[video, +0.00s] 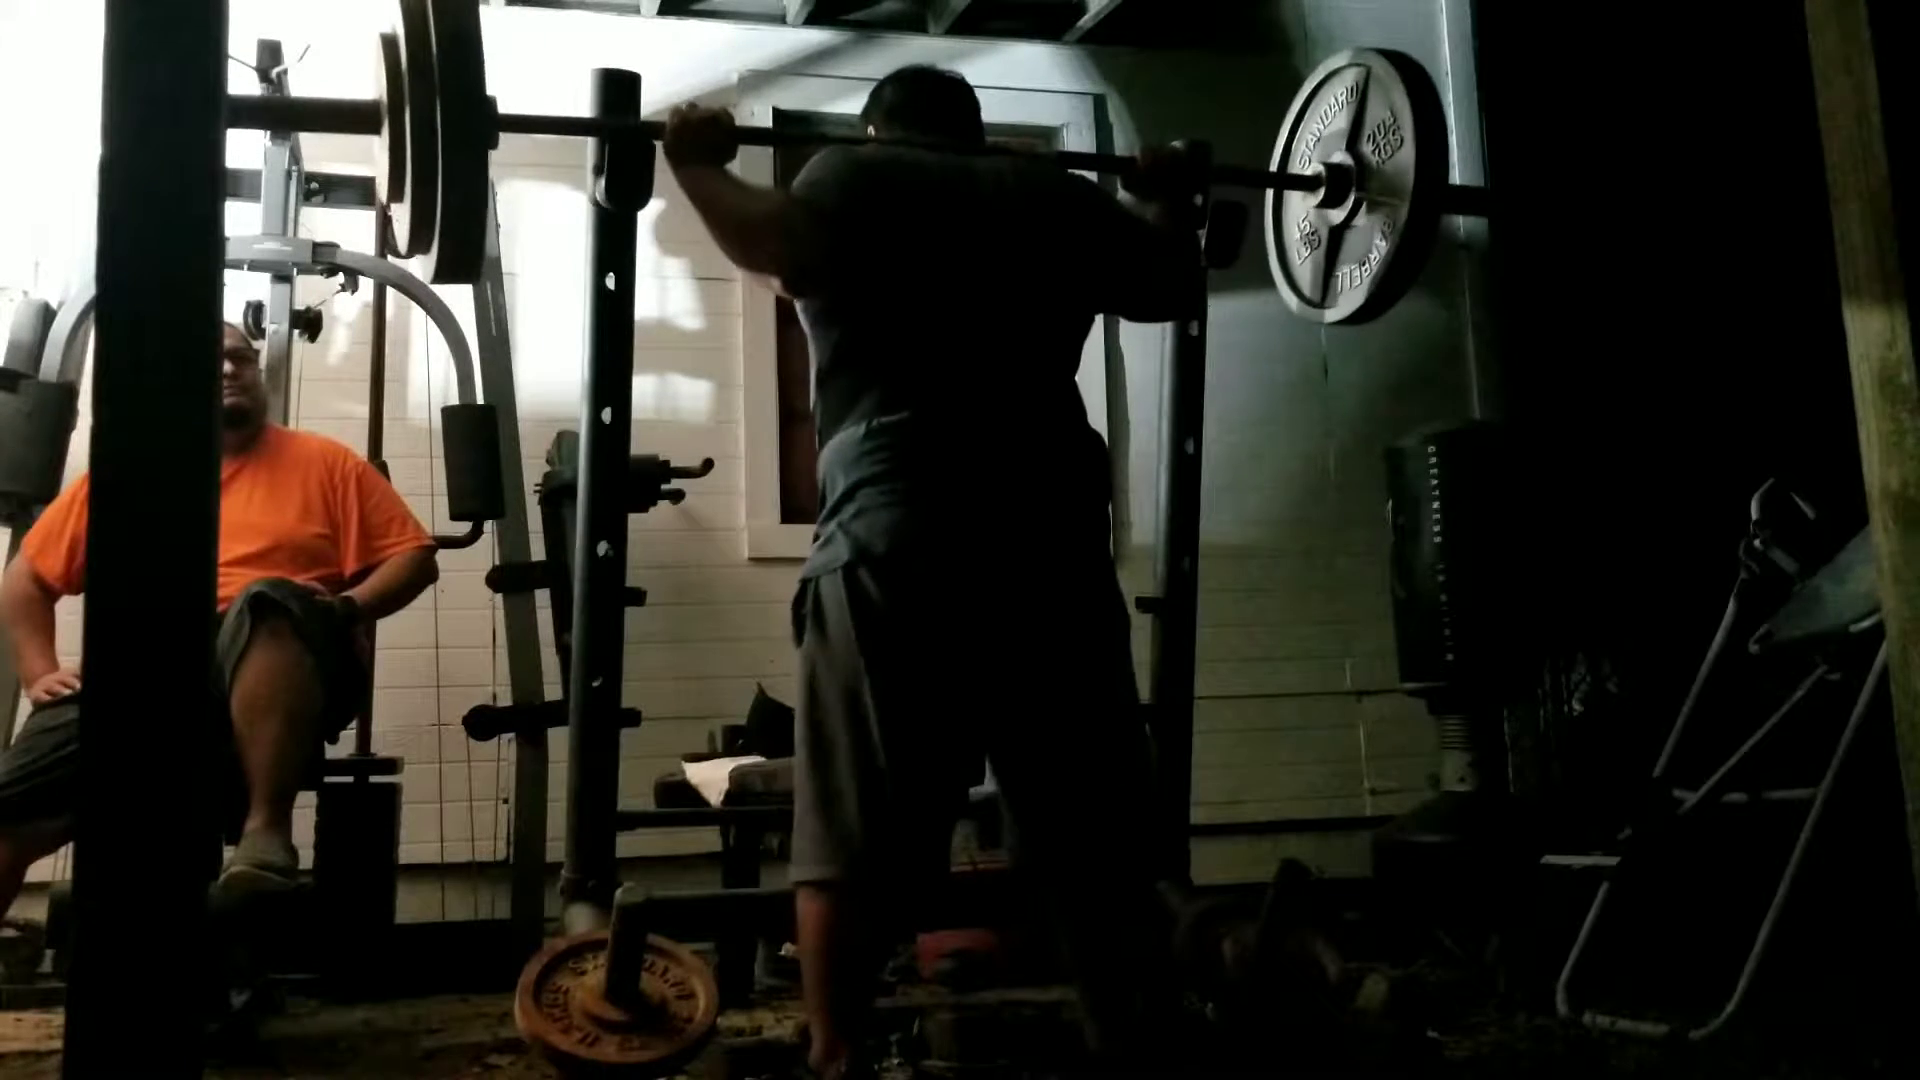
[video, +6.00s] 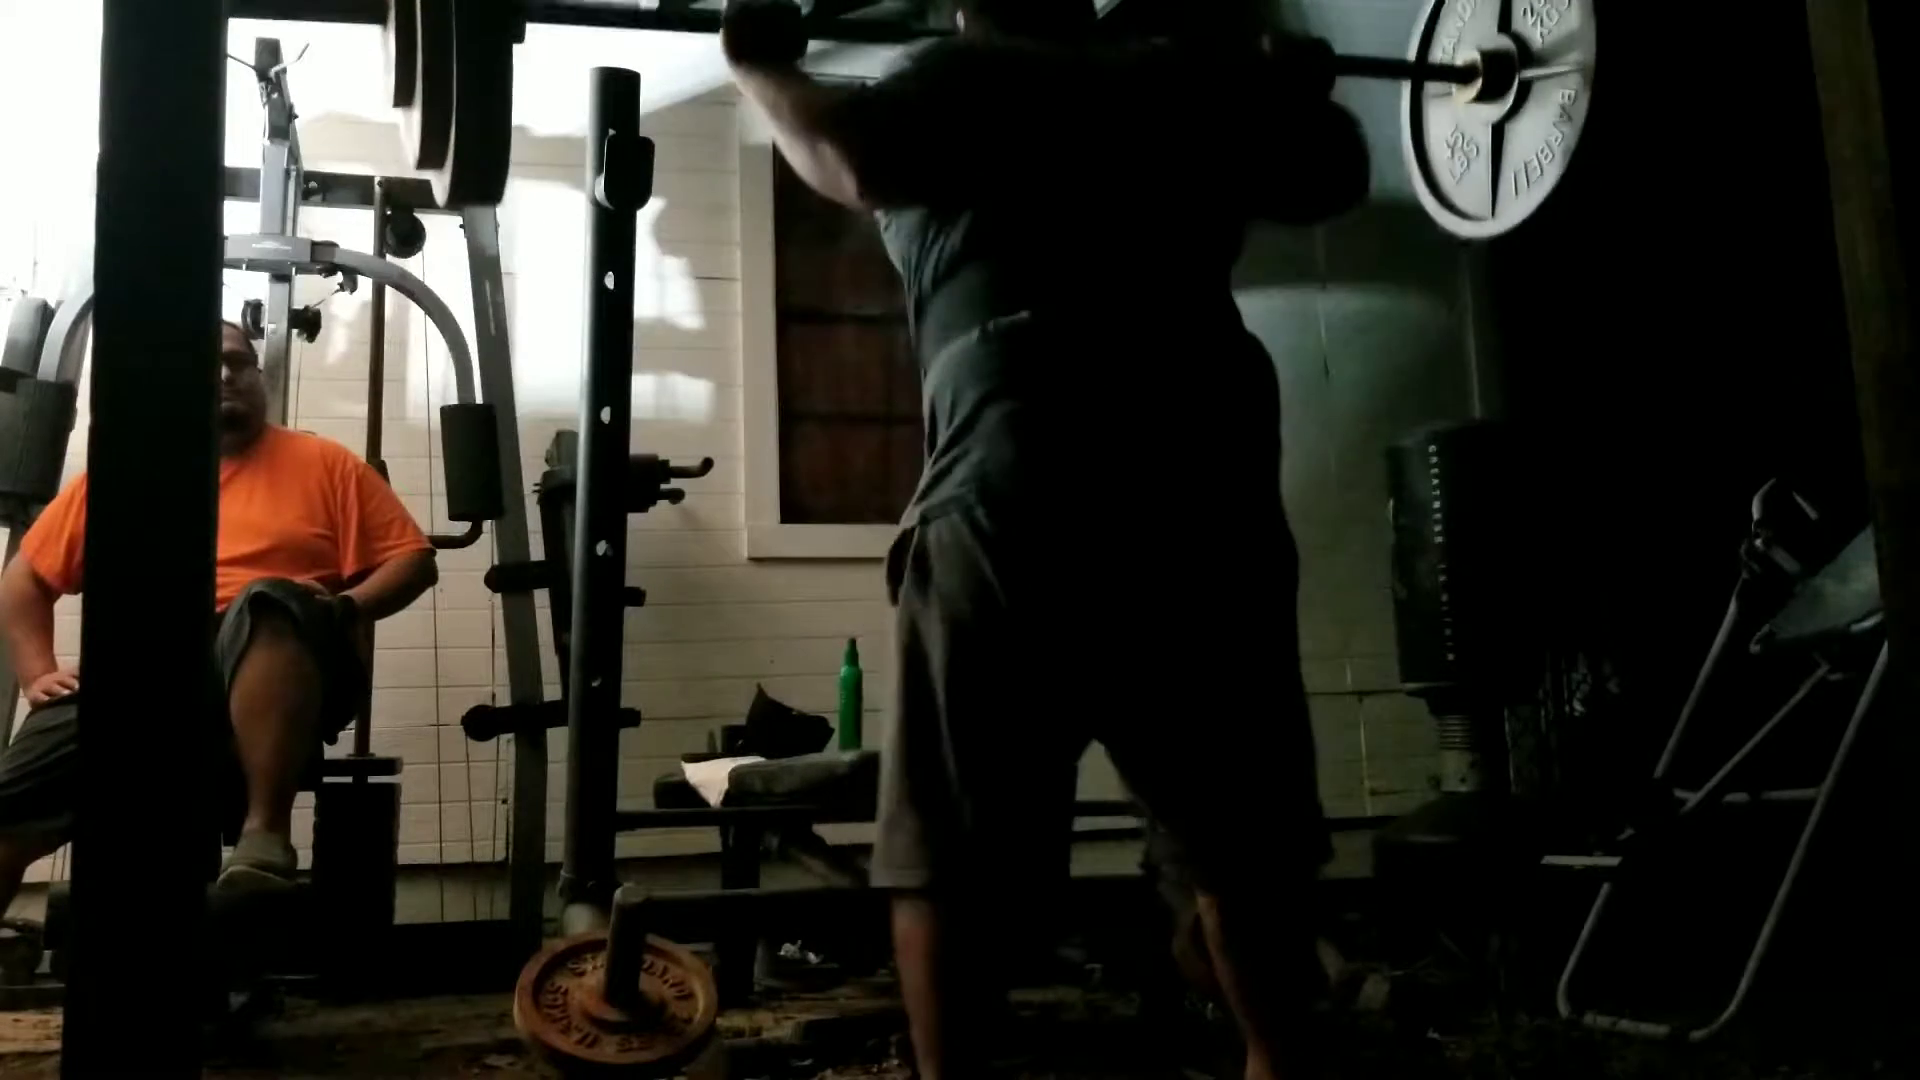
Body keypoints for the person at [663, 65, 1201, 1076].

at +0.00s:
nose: (862, 143)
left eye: (867, 130)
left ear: (873, 129)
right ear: (981, 135)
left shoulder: (844, 174)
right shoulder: (1053, 199)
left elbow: (772, 243)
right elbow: (1176, 286)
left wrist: (697, 161)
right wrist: (1164, 199)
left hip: (890, 535)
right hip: (1051, 531)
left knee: (848, 809)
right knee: (1094, 804)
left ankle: (833, 1053)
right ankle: (1137, 1033)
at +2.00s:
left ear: (910, 2)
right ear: (1057, 2)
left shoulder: (887, 47)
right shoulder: (1128, 82)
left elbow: (797, 128)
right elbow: (1281, 172)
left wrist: (692, 21)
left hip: (943, 482)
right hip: (1136, 474)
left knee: (926, 822)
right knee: (1163, 794)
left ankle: (963, 1065)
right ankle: (1188, 1054)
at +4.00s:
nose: (964, 80)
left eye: (967, 63)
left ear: (970, 76)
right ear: (1093, 71)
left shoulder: (941, 144)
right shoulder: (1195, 156)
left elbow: (848, 236)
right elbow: (1338, 242)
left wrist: (768, 142)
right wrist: (1319, 155)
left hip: (1016, 520)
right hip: (1222, 520)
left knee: (914, 848)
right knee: (1241, 837)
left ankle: (937, 1064)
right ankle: (1281, 1058)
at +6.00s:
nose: (940, 26)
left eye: (944, 15)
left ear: (964, 11)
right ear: (1086, 3)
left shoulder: (943, 81)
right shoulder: (1184, 83)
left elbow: (847, 163)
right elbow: (1332, 173)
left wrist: (757, 63)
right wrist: (1304, 81)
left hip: (1015, 470)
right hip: (1205, 467)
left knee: (948, 822)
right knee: (1240, 810)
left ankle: (946, 1061)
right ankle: (1276, 1055)